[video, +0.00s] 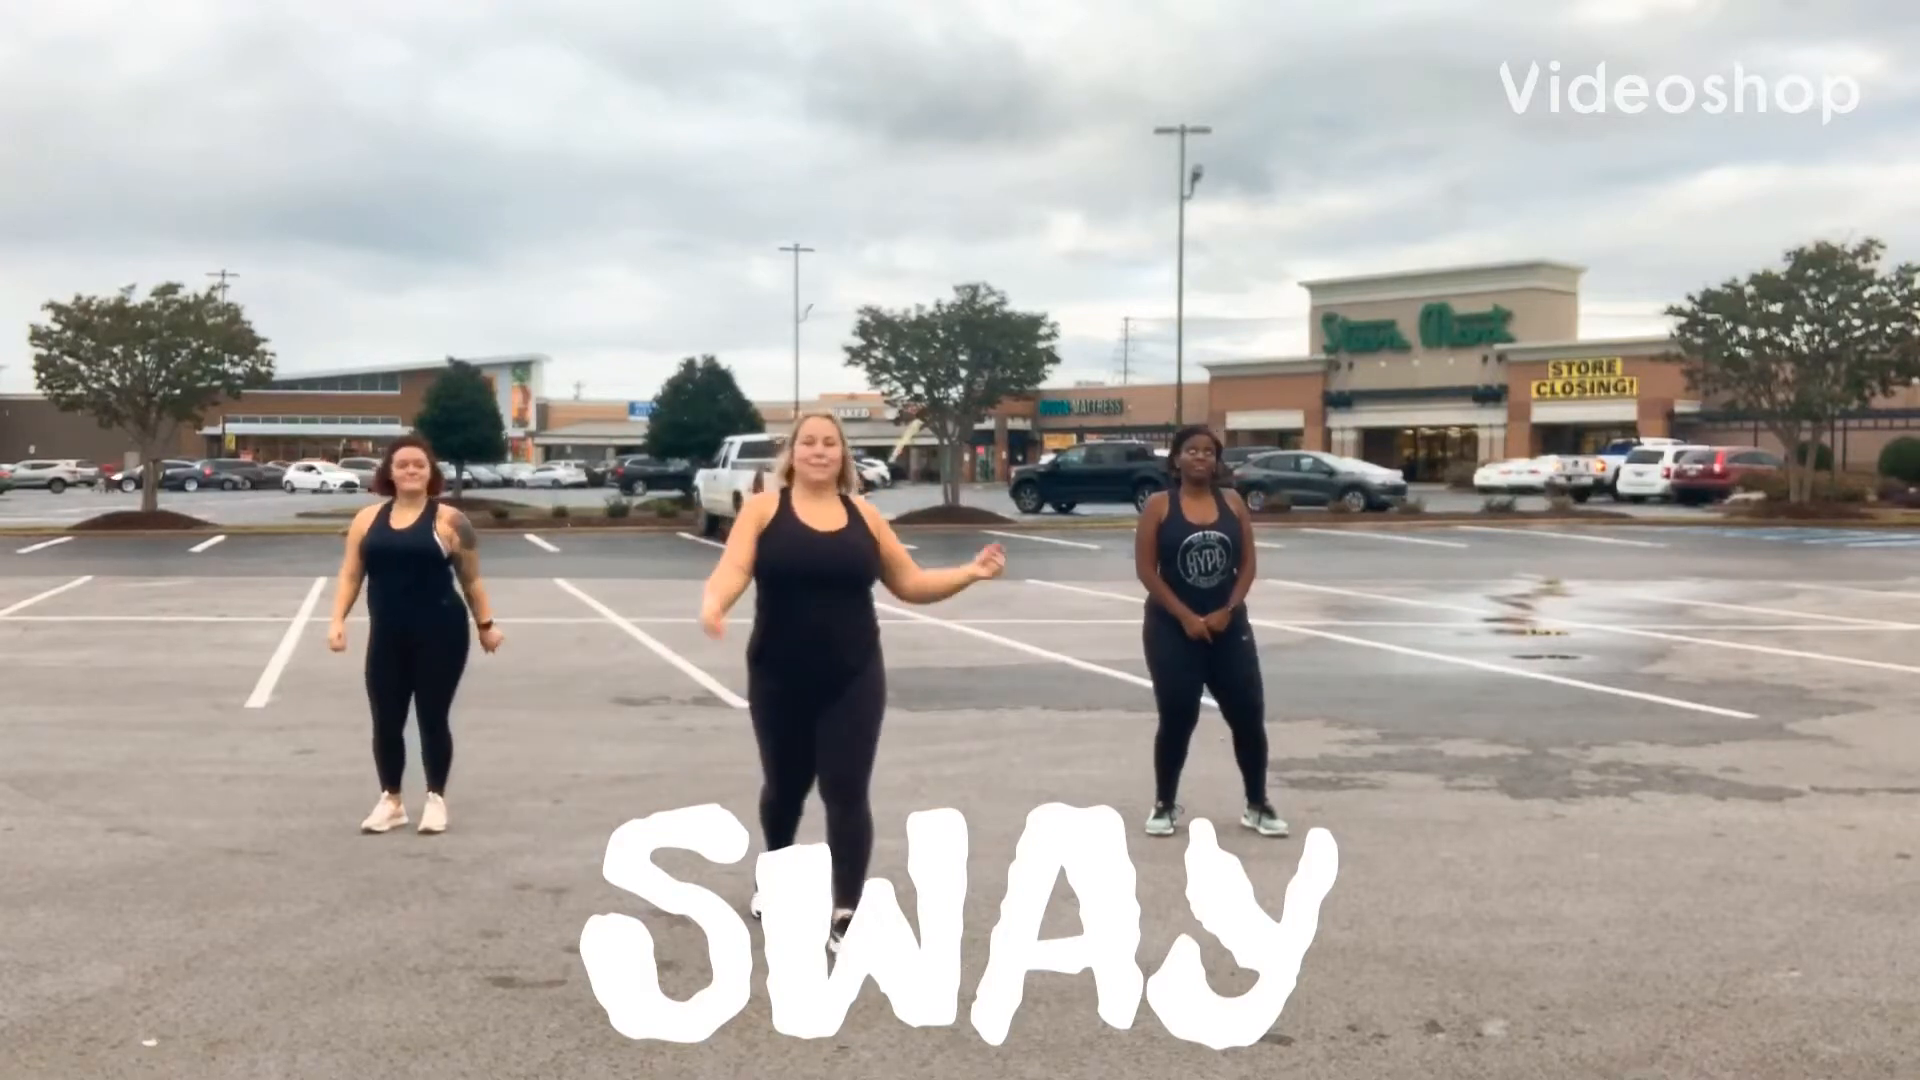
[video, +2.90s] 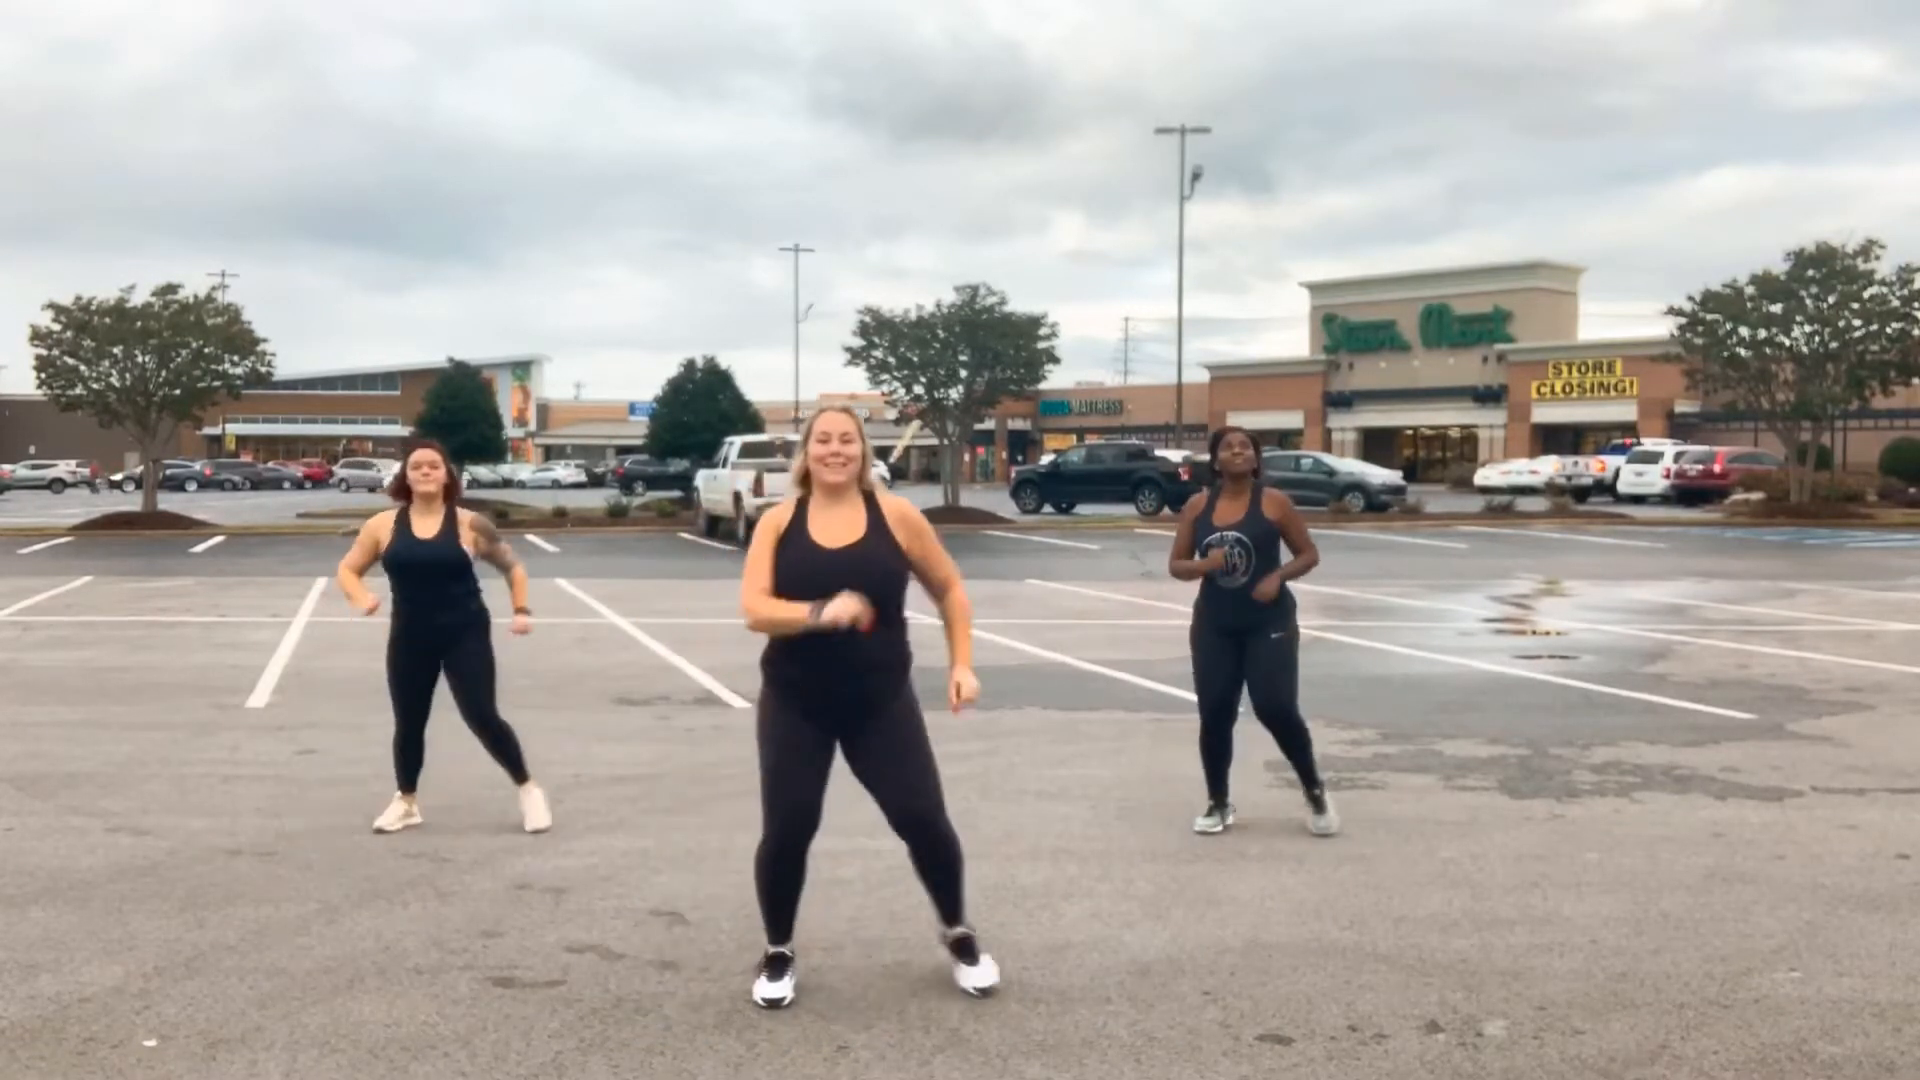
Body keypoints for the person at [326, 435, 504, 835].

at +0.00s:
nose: (410, 471)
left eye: (418, 464)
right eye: (402, 465)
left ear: (431, 472)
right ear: (389, 472)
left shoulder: (450, 520)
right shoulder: (368, 519)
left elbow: (470, 578)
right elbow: (351, 574)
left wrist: (486, 624)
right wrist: (337, 619)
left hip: (441, 635)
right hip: (387, 636)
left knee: (432, 717)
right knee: (385, 724)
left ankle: (435, 799)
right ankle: (391, 800)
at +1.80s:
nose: (399, 471)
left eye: (407, 464)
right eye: (391, 465)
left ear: (422, 471)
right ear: (380, 475)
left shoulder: (445, 519)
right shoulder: (362, 524)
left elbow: (483, 567)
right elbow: (349, 576)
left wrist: (472, 618)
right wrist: (341, 597)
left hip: (427, 638)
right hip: (372, 635)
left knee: (423, 721)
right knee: (340, 714)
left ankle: (434, 799)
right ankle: (334, 790)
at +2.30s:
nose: (407, 472)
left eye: (415, 466)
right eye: (399, 467)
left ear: (428, 474)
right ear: (387, 476)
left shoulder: (449, 523)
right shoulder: (369, 522)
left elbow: (473, 578)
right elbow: (345, 578)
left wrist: (453, 588)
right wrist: (314, 595)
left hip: (437, 640)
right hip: (384, 637)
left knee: (424, 722)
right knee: (344, 710)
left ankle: (434, 799)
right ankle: (336, 792)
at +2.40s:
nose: (409, 466)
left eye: (417, 459)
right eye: (401, 461)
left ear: (432, 467)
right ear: (391, 470)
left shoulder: (452, 514)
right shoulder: (373, 518)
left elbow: (486, 561)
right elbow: (351, 568)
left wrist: (452, 550)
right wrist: (332, 599)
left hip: (439, 633)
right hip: (385, 631)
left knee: (427, 717)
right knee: (365, 712)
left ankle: (434, 798)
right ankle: (377, 789)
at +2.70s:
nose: (416, 471)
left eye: (424, 465)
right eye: (408, 466)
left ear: (438, 473)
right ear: (397, 476)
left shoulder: (459, 523)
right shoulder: (377, 527)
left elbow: (470, 571)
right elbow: (366, 588)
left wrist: (456, 586)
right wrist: (362, 640)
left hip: (445, 638)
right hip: (388, 638)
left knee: (452, 719)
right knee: (397, 724)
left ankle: (447, 794)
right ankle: (404, 799)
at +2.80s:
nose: (420, 474)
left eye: (427, 468)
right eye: (412, 469)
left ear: (441, 476)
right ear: (400, 479)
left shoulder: (462, 526)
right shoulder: (378, 529)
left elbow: (482, 577)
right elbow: (364, 583)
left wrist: (483, 618)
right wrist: (359, 632)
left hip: (453, 642)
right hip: (397, 644)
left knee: (468, 715)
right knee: (402, 725)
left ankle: (481, 788)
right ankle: (405, 800)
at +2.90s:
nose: (426, 472)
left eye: (433, 466)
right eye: (418, 467)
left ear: (447, 475)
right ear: (405, 477)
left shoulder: (469, 523)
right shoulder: (383, 524)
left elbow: (512, 566)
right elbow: (346, 570)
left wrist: (521, 610)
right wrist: (361, 595)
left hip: (465, 635)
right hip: (410, 638)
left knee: (481, 716)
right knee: (408, 724)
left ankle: (527, 788)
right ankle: (405, 800)